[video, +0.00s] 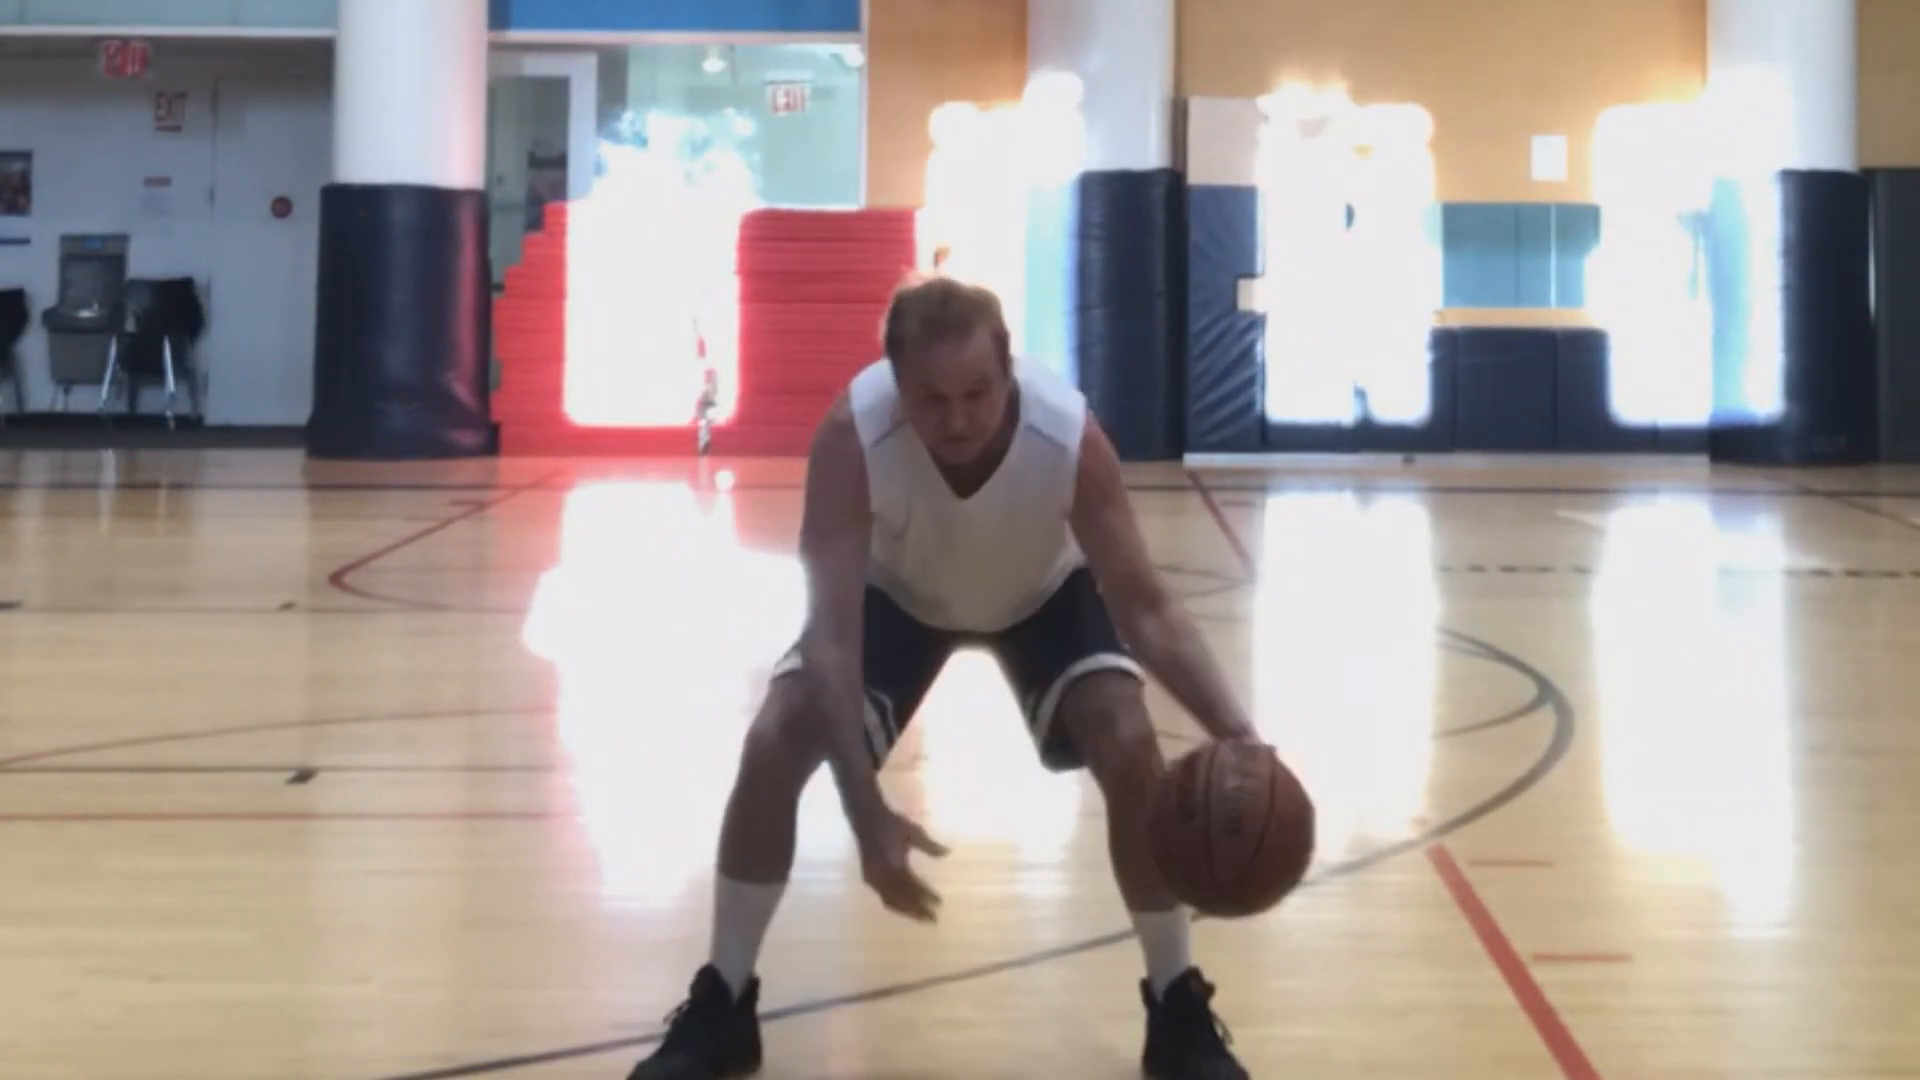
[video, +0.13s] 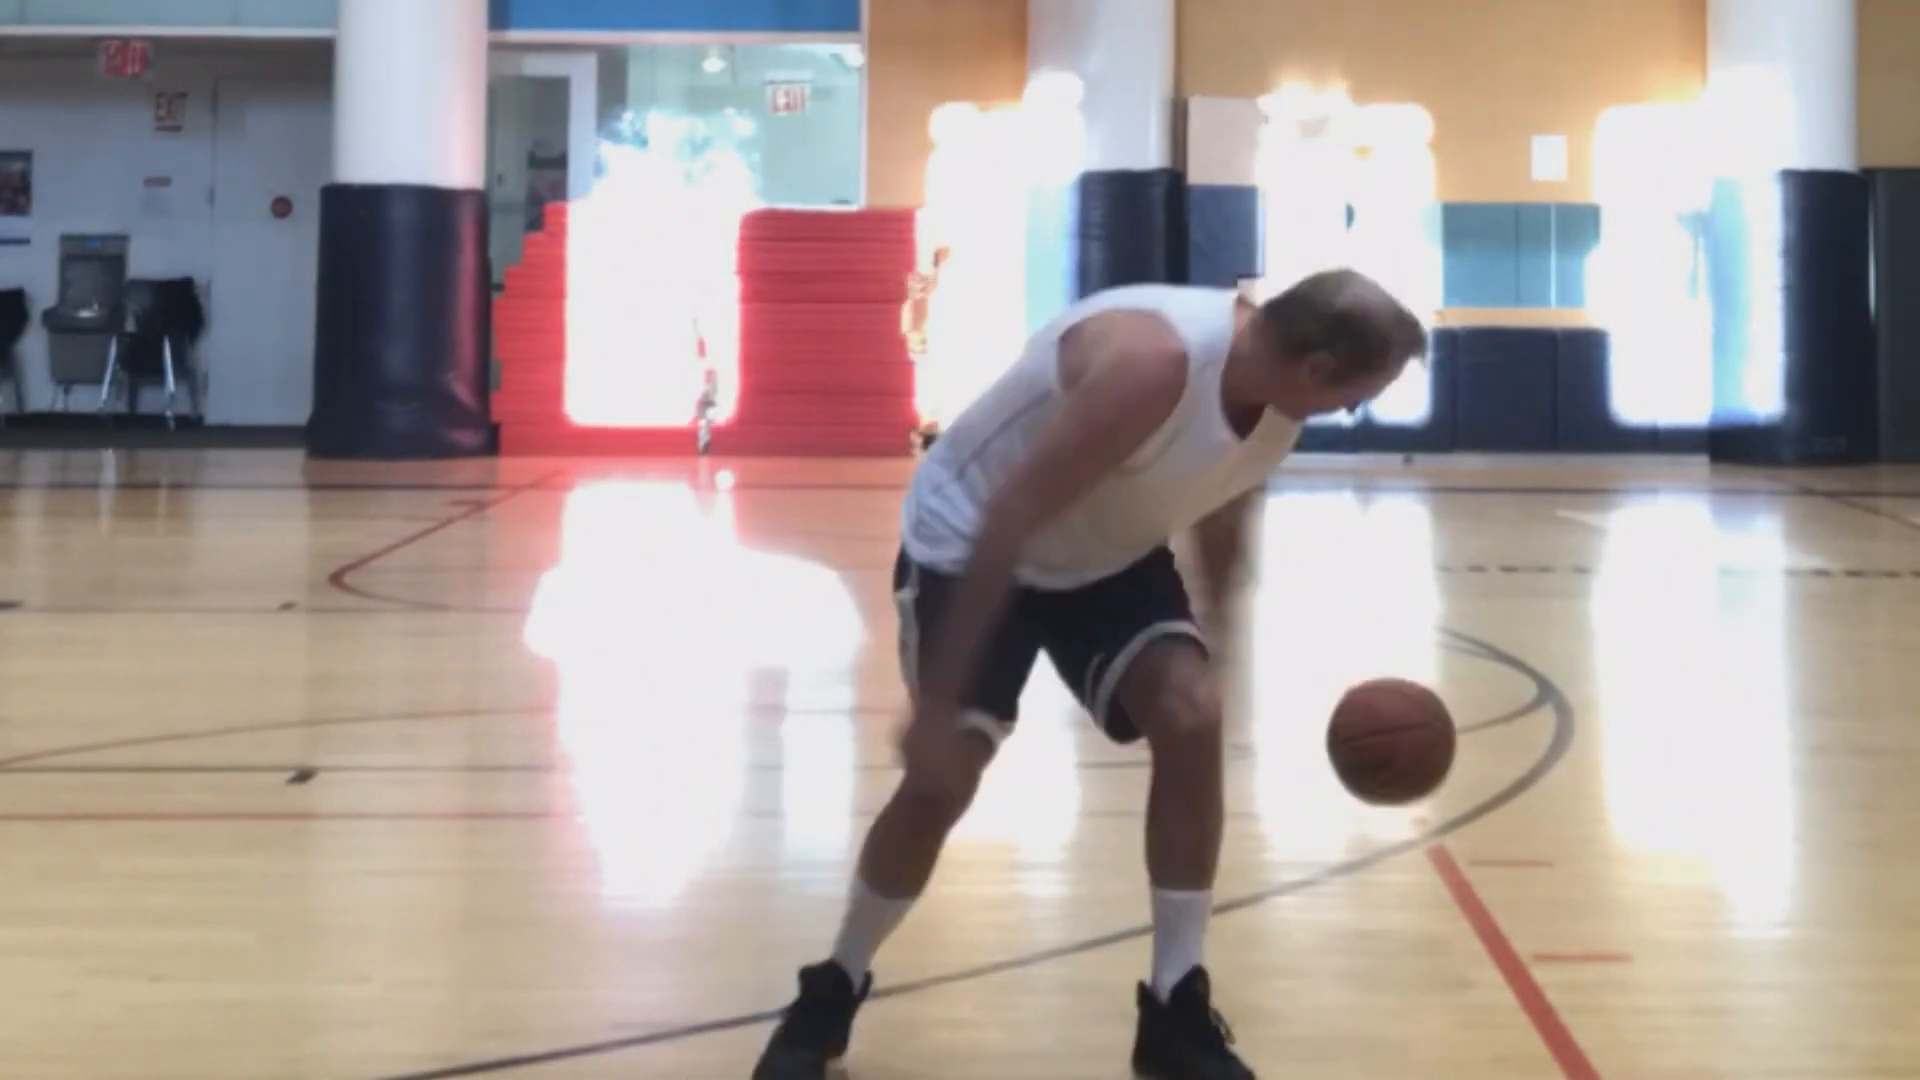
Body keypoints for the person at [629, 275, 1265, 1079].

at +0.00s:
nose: (958, 420)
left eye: (977, 394)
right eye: (934, 401)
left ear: (1007, 369)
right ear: (899, 385)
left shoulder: (1067, 437)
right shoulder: (851, 441)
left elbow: (1145, 605)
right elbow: (832, 644)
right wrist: (867, 815)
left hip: (1045, 594)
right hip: (900, 595)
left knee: (1127, 743)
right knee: (774, 742)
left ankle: (1179, 1011)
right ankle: (722, 1006)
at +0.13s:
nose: (1354, 406)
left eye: (1364, 395)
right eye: (1358, 391)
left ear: (1315, 361)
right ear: (1317, 366)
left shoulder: (1283, 409)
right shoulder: (1145, 365)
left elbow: (1219, 519)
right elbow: (1004, 522)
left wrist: (1209, 653)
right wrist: (941, 701)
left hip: (1108, 556)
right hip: (978, 550)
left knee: (1191, 713)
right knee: (943, 780)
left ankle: (1175, 1010)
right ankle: (834, 991)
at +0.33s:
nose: (1184, 85)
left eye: (1201, 65)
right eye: (1165, 68)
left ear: (1229, 69)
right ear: (1137, 75)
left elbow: (1316, 315)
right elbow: (1008, 323)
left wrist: (1378, 383)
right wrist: (976, 456)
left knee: (1231, 674)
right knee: (1156, 692)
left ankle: (1245, 941)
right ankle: (1138, 863)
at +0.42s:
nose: (1005, 332)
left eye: (1026, 310)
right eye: (984, 311)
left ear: (1064, 289)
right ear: (953, 288)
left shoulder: (1118, 363)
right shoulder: (904, 335)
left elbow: (1140, 540)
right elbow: (824, 476)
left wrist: (1086, 680)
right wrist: (771, 588)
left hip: (1069, 556)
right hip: (919, 551)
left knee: (1117, 747)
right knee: (832, 741)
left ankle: (1167, 1005)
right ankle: (764, 1012)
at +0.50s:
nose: (1096, 455)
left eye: (1113, 433)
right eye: (1072, 435)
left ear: (1133, 399)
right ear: (1029, 402)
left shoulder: (1165, 442)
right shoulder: (962, 432)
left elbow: (1183, 635)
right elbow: (926, 650)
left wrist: (1197, 784)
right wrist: (987, 741)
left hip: (1092, 585)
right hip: (943, 587)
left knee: (1148, 755)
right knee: (850, 758)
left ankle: (1171, 1009)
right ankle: (759, 1010)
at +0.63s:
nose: (1230, 381)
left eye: (1257, 365)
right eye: (1217, 350)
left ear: (1276, 366)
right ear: (1171, 320)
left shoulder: (1255, 456)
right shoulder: (1061, 373)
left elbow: (1278, 610)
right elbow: (908, 502)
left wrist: (1343, 770)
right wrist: (840, 664)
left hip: (1123, 585)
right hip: (971, 572)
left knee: (1185, 749)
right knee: (892, 772)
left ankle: (1168, 1016)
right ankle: (786, 1012)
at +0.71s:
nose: (1225, 382)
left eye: (1253, 375)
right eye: (1217, 350)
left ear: (1272, 380)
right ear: (1179, 318)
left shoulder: (1244, 447)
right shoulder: (1062, 375)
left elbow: (1236, 575)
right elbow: (895, 476)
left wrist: (1296, 725)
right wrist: (825, 640)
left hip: (1105, 587)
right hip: (955, 572)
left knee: (1178, 746)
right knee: (884, 778)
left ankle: (1167, 1015)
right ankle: (780, 1014)